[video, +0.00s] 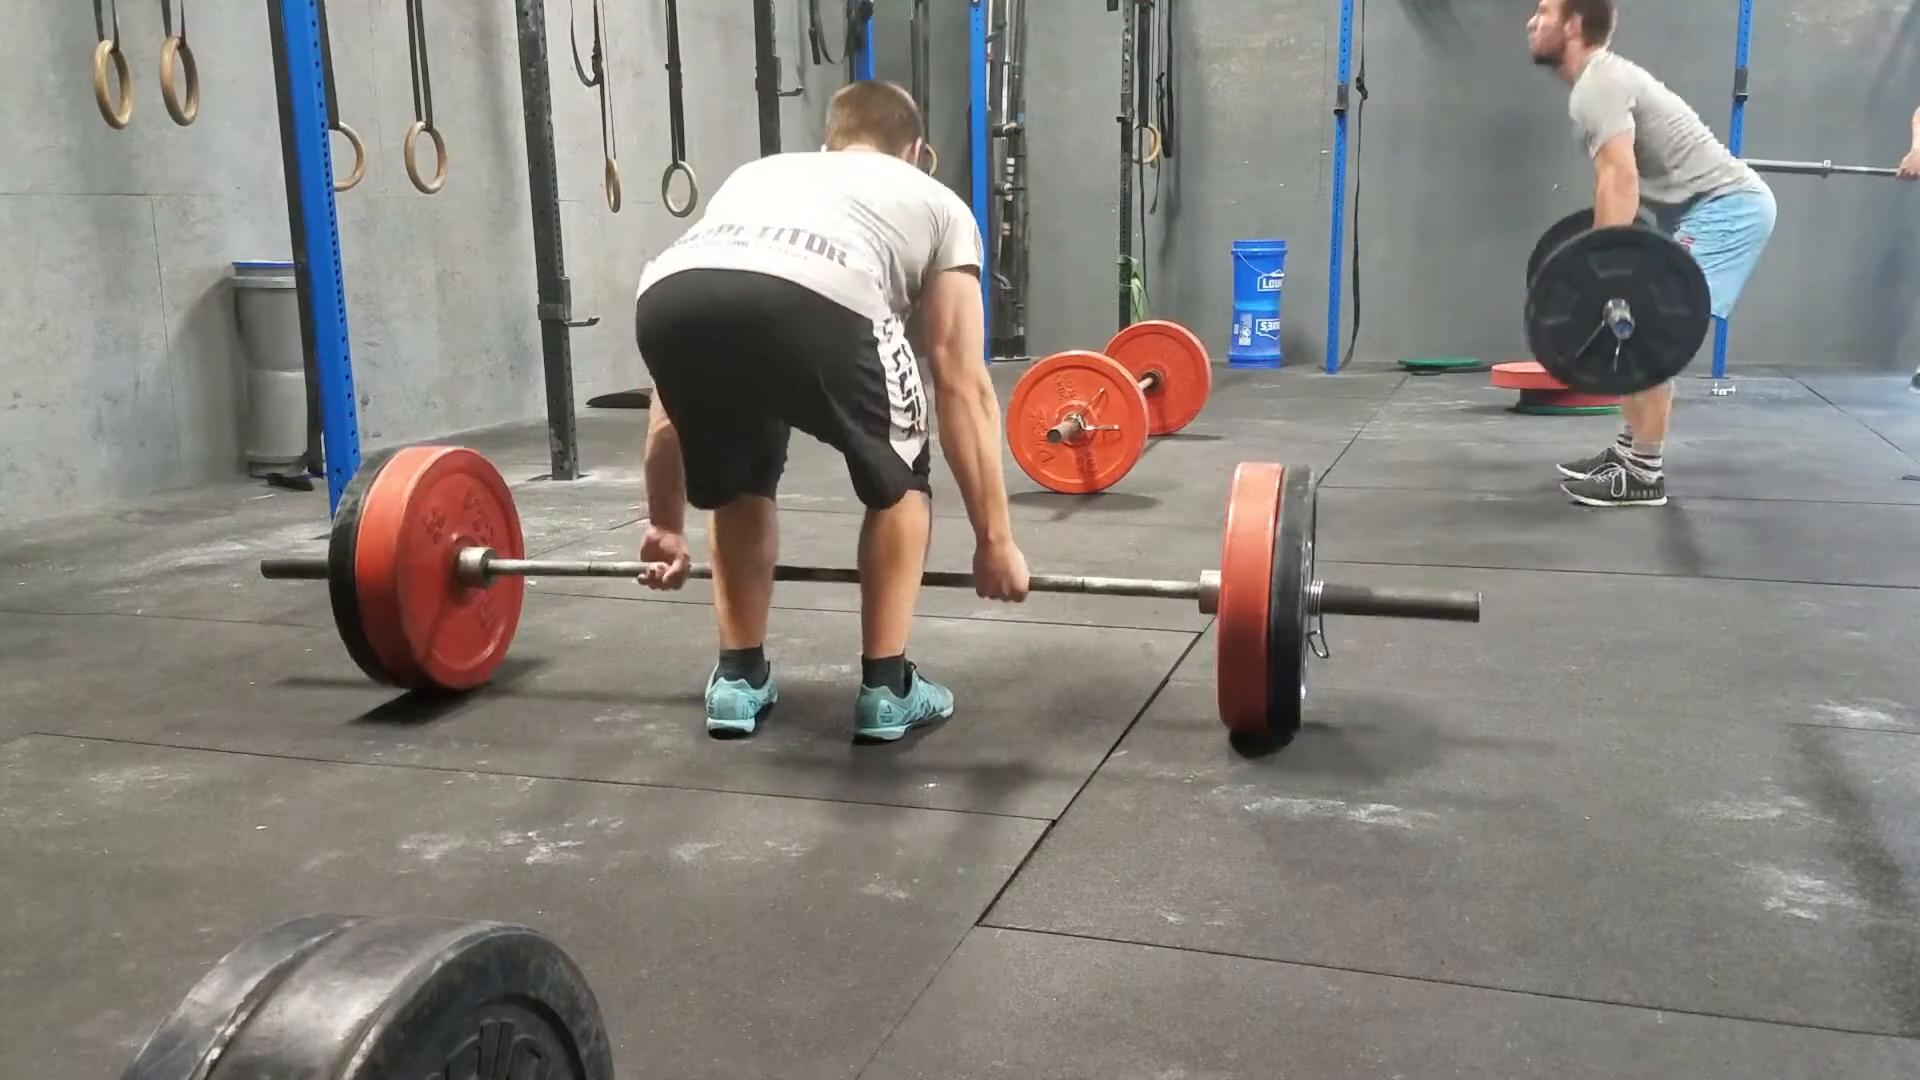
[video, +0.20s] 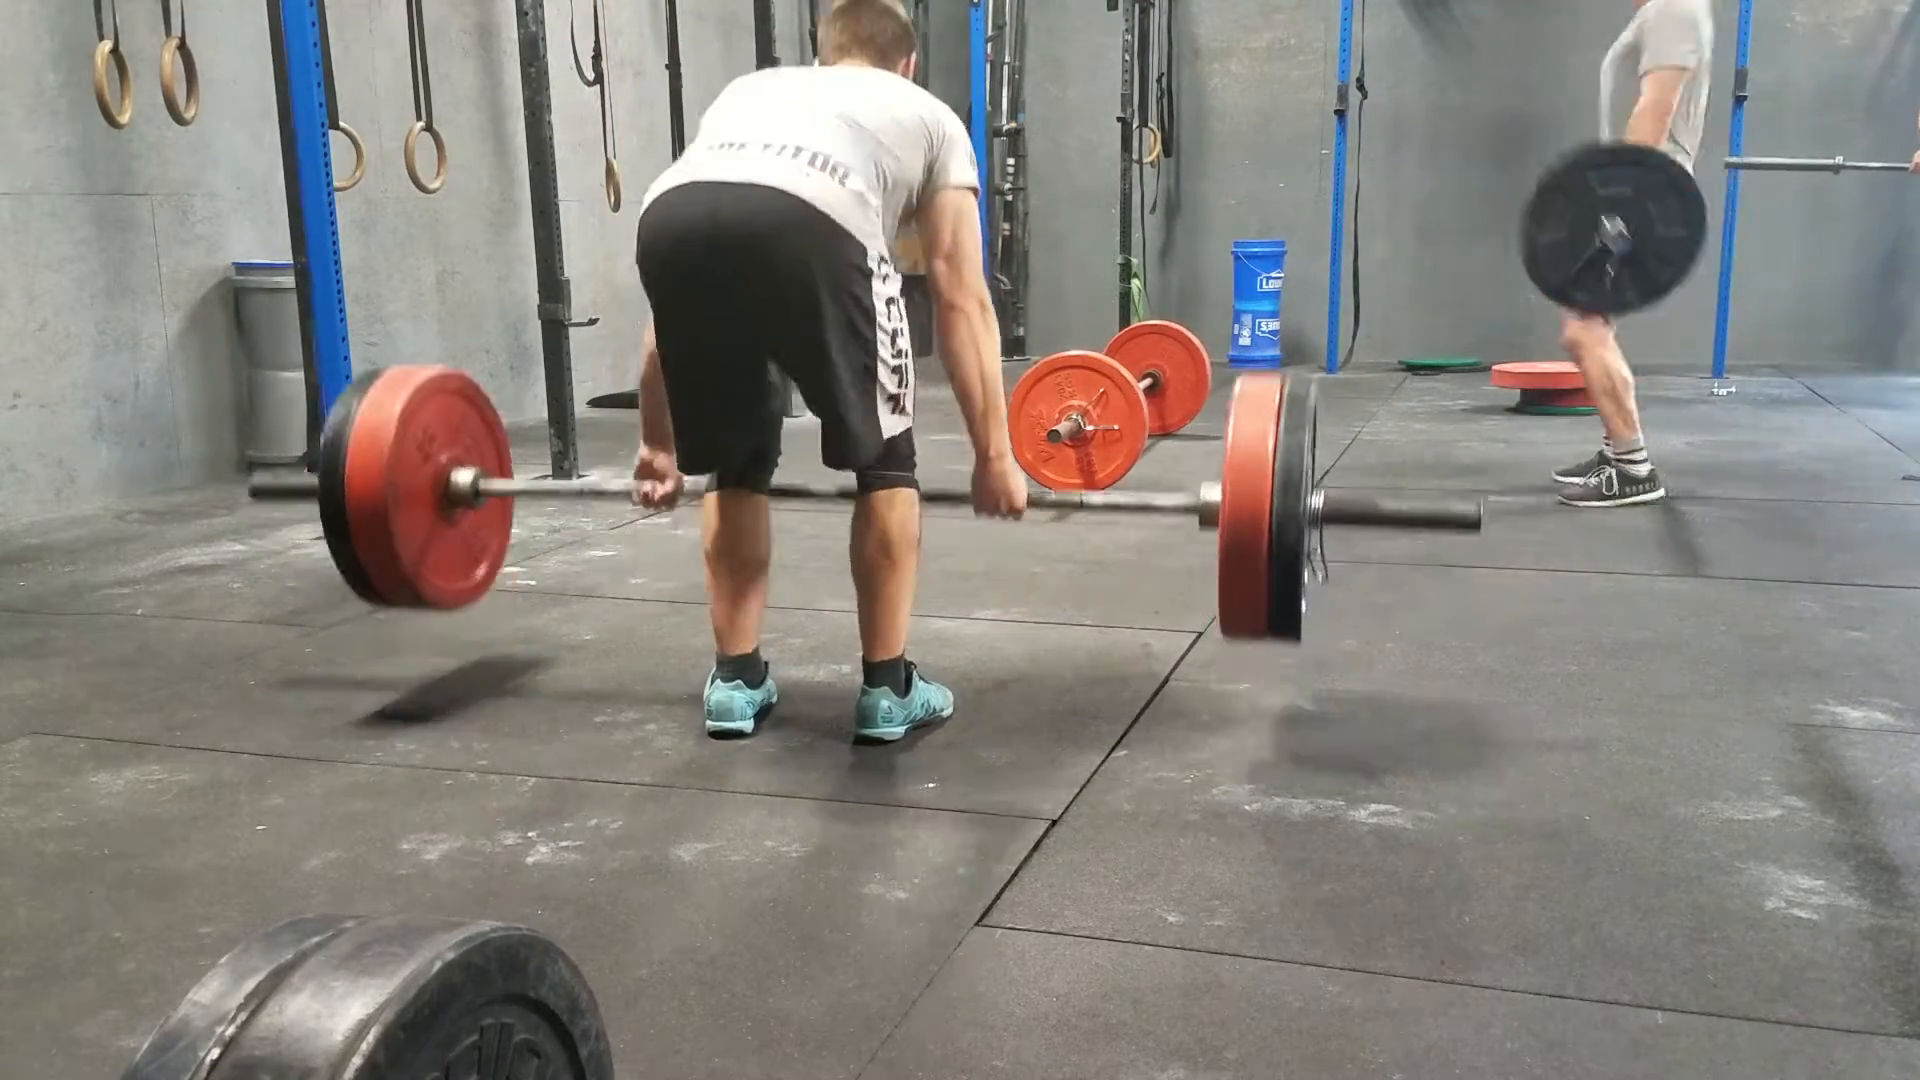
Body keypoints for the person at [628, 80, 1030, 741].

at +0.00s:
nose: (920, 167)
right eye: (922, 159)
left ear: (831, 144)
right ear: (914, 153)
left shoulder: (752, 174)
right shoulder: (938, 204)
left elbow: (670, 408)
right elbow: (960, 385)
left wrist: (663, 524)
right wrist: (995, 538)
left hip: (677, 299)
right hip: (818, 307)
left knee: (739, 480)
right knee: (898, 484)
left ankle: (738, 678)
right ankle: (886, 685)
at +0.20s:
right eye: (918, 73)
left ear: (822, 56)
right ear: (908, 66)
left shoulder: (748, 90)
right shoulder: (931, 117)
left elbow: (671, 296)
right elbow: (959, 295)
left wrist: (657, 442)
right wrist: (994, 453)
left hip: (678, 219)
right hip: (808, 224)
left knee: (735, 467)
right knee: (883, 467)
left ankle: (733, 680)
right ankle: (886, 688)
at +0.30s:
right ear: (906, 13)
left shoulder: (729, 26)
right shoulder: (926, 42)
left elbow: (668, 214)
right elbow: (958, 223)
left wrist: (647, 367)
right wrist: (990, 382)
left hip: (686, 197)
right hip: (808, 198)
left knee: (728, 463)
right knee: (878, 456)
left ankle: (732, 680)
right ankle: (886, 686)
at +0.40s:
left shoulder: (689, 8)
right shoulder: (923, 6)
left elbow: (650, 148)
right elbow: (949, 137)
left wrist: (639, 293)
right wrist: (986, 300)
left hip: (699, 183)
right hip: (819, 184)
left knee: (728, 455)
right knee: (875, 454)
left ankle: (732, 680)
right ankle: (886, 684)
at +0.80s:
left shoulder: (697, 9)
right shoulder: (916, 8)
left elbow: (653, 194)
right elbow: (942, 192)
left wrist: (632, 348)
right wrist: (981, 359)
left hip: (682, 201)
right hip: (808, 203)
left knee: (716, 465)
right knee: (874, 459)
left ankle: (730, 684)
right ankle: (884, 688)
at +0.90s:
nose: (899, 36)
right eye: (899, 28)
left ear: (806, 21)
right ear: (892, 28)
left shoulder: (727, 64)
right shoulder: (919, 86)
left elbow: (660, 253)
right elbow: (950, 281)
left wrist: (642, 428)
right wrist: (984, 445)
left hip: (680, 219)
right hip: (814, 223)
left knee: (714, 473)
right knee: (883, 462)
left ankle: (730, 682)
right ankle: (884, 687)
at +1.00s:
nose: (907, 138)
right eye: (909, 130)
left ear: (818, 112)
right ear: (900, 124)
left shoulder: (738, 145)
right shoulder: (924, 176)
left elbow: (664, 397)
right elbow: (957, 366)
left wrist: (650, 512)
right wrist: (990, 530)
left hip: (680, 259)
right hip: (820, 268)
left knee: (723, 479)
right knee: (896, 472)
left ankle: (734, 682)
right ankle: (885, 686)